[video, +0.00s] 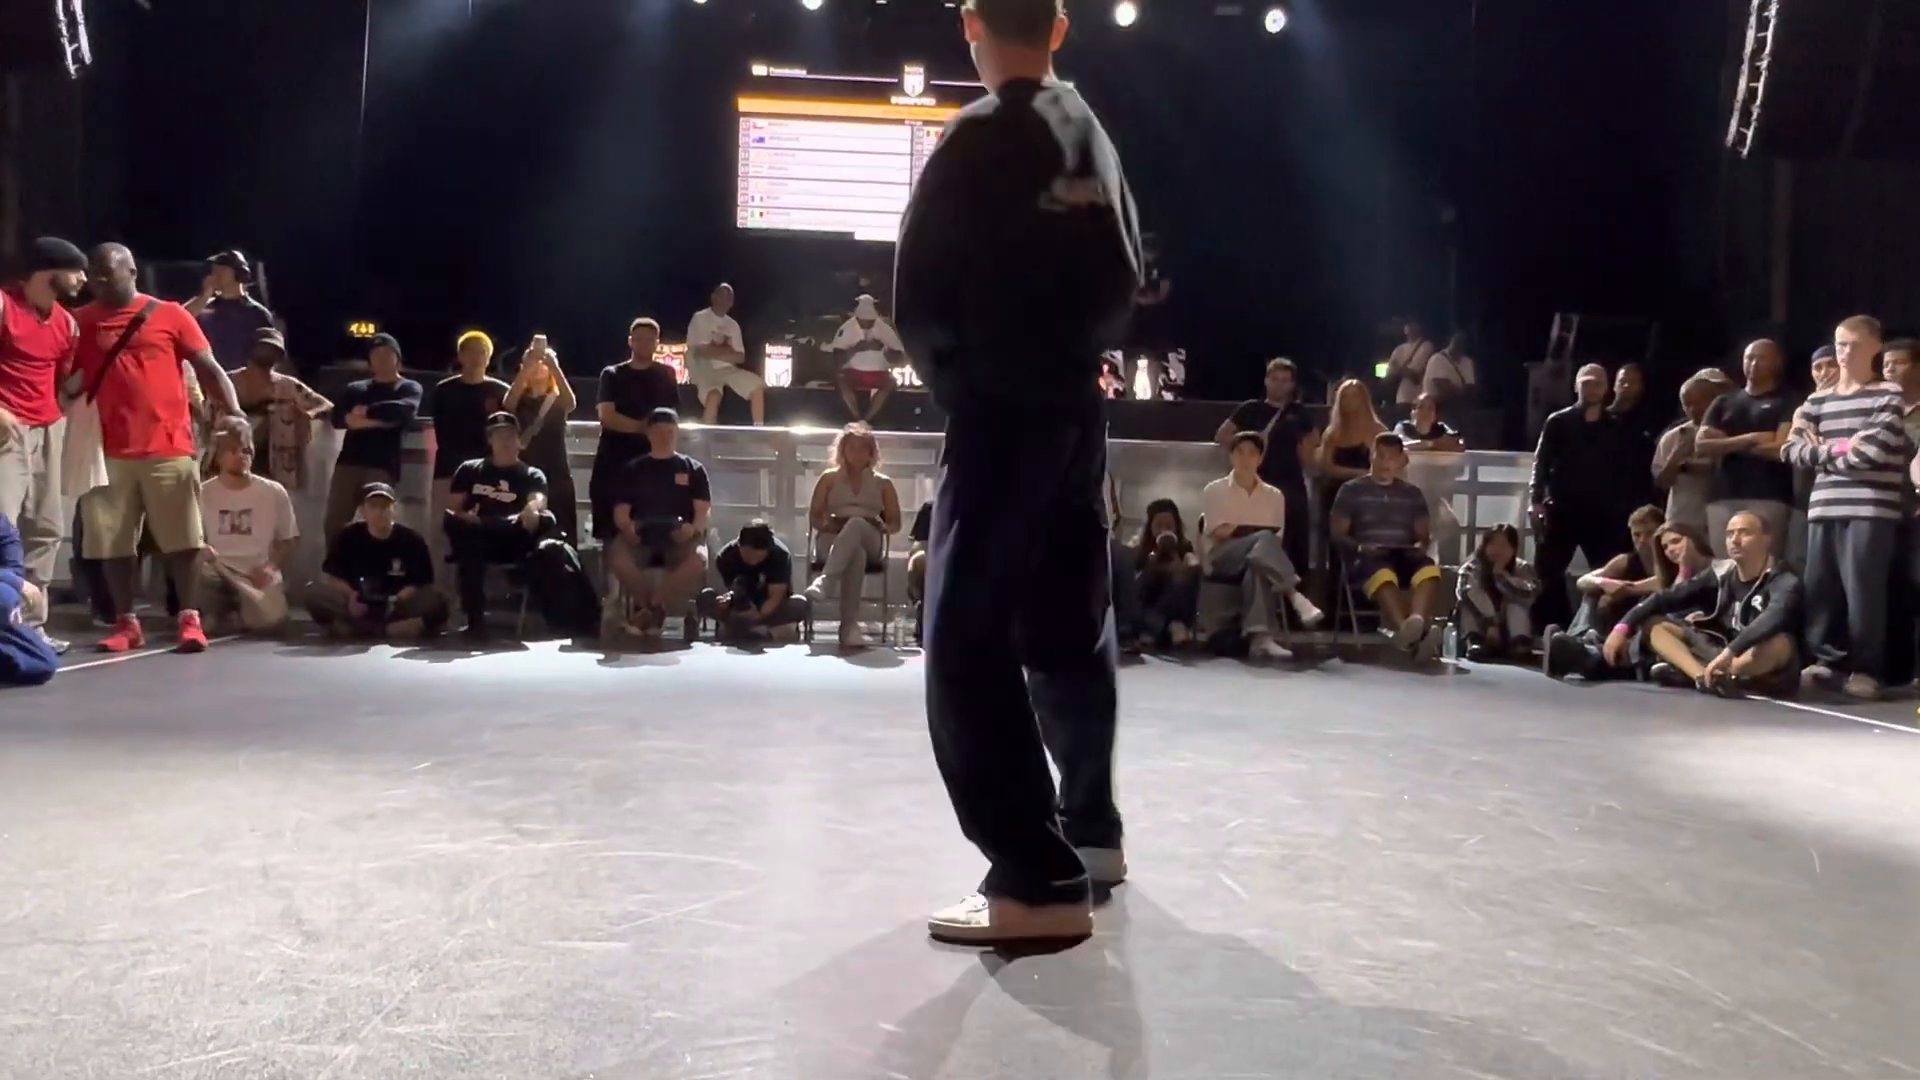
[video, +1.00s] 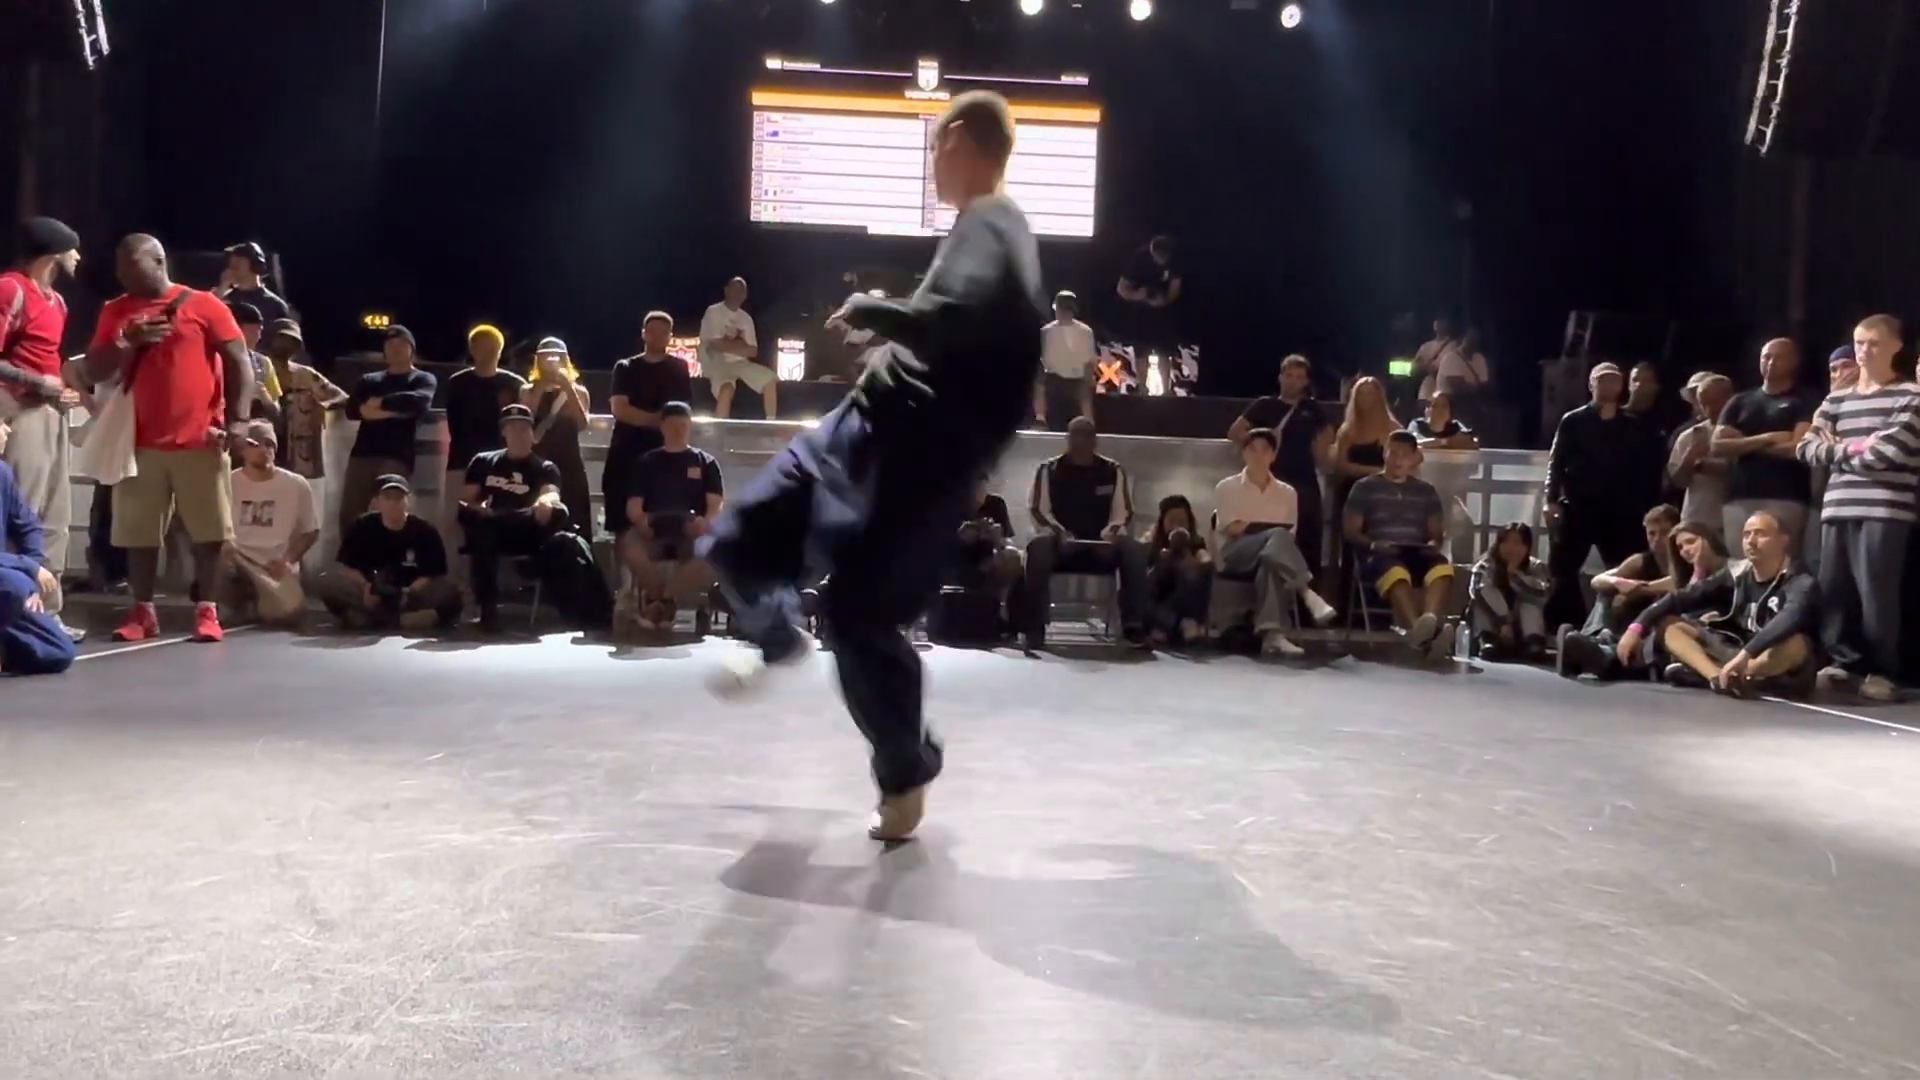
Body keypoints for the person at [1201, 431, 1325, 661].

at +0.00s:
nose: (1245, 458)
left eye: (1251, 453)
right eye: (1240, 452)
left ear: (1260, 459)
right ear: (1232, 457)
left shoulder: (1274, 496)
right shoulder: (1215, 490)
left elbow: (1276, 537)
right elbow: (1218, 533)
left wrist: (1234, 530)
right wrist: (1263, 532)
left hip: (1262, 559)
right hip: (1222, 558)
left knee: (1256, 567)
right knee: (1264, 539)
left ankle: (1260, 638)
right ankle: (1295, 597)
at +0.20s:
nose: (1247, 457)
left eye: (1254, 452)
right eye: (1242, 451)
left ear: (1263, 458)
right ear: (1234, 455)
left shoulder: (1277, 495)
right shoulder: (1217, 489)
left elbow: (1279, 535)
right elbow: (1221, 531)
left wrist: (1237, 529)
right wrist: (1267, 531)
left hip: (1265, 558)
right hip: (1225, 556)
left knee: (1259, 565)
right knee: (1268, 538)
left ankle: (1263, 637)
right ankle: (1299, 596)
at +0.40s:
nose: (1250, 458)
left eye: (1257, 453)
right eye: (1245, 452)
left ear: (1265, 458)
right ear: (1237, 456)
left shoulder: (1280, 495)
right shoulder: (1220, 489)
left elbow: (1282, 536)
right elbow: (1223, 532)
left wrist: (1240, 529)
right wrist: (1269, 531)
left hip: (1267, 558)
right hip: (1227, 557)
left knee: (1262, 566)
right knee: (1270, 538)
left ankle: (1266, 637)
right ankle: (1301, 596)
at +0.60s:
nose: (1252, 458)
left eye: (1259, 453)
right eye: (1247, 452)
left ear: (1267, 459)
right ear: (1239, 456)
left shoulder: (1282, 495)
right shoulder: (1222, 490)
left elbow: (1283, 536)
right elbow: (1226, 532)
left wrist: (1242, 530)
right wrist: (1272, 533)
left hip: (1270, 559)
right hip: (1230, 558)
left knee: (1263, 566)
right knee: (1272, 538)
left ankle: (1268, 638)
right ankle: (1303, 597)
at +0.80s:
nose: (1255, 456)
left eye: (1261, 452)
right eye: (1249, 451)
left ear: (1270, 457)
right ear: (1241, 455)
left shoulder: (1284, 494)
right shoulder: (1224, 488)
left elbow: (1286, 535)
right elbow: (1228, 531)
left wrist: (1244, 528)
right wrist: (1274, 531)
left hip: (1272, 557)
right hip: (1232, 557)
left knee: (1266, 564)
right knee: (1275, 537)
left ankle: (1270, 636)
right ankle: (1305, 595)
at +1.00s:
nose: (1257, 455)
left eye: (1264, 450)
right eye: (1252, 449)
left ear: (1272, 455)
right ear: (1244, 454)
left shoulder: (1287, 493)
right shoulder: (1227, 487)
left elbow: (1288, 534)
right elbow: (1231, 530)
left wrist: (1247, 527)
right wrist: (1277, 530)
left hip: (1276, 556)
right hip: (1235, 556)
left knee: (1270, 564)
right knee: (1278, 536)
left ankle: (1273, 635)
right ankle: (1308, 594)